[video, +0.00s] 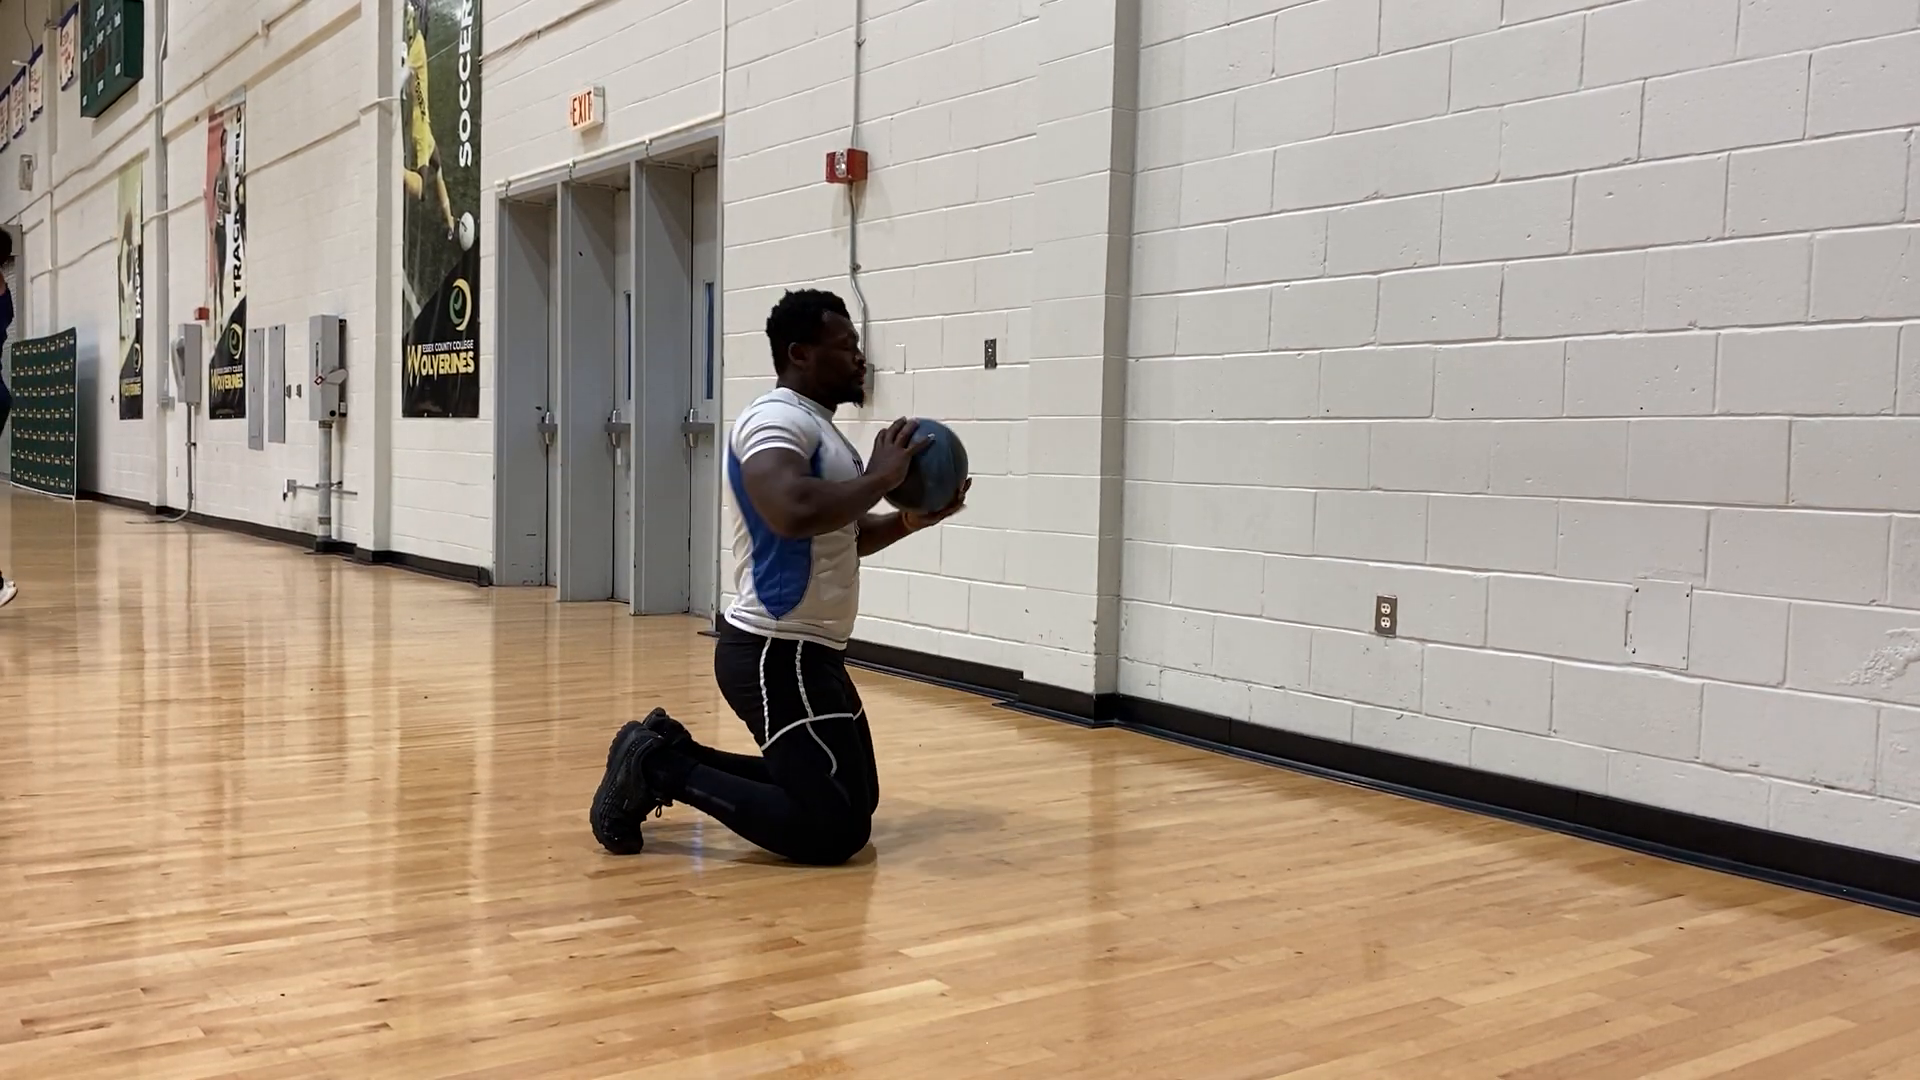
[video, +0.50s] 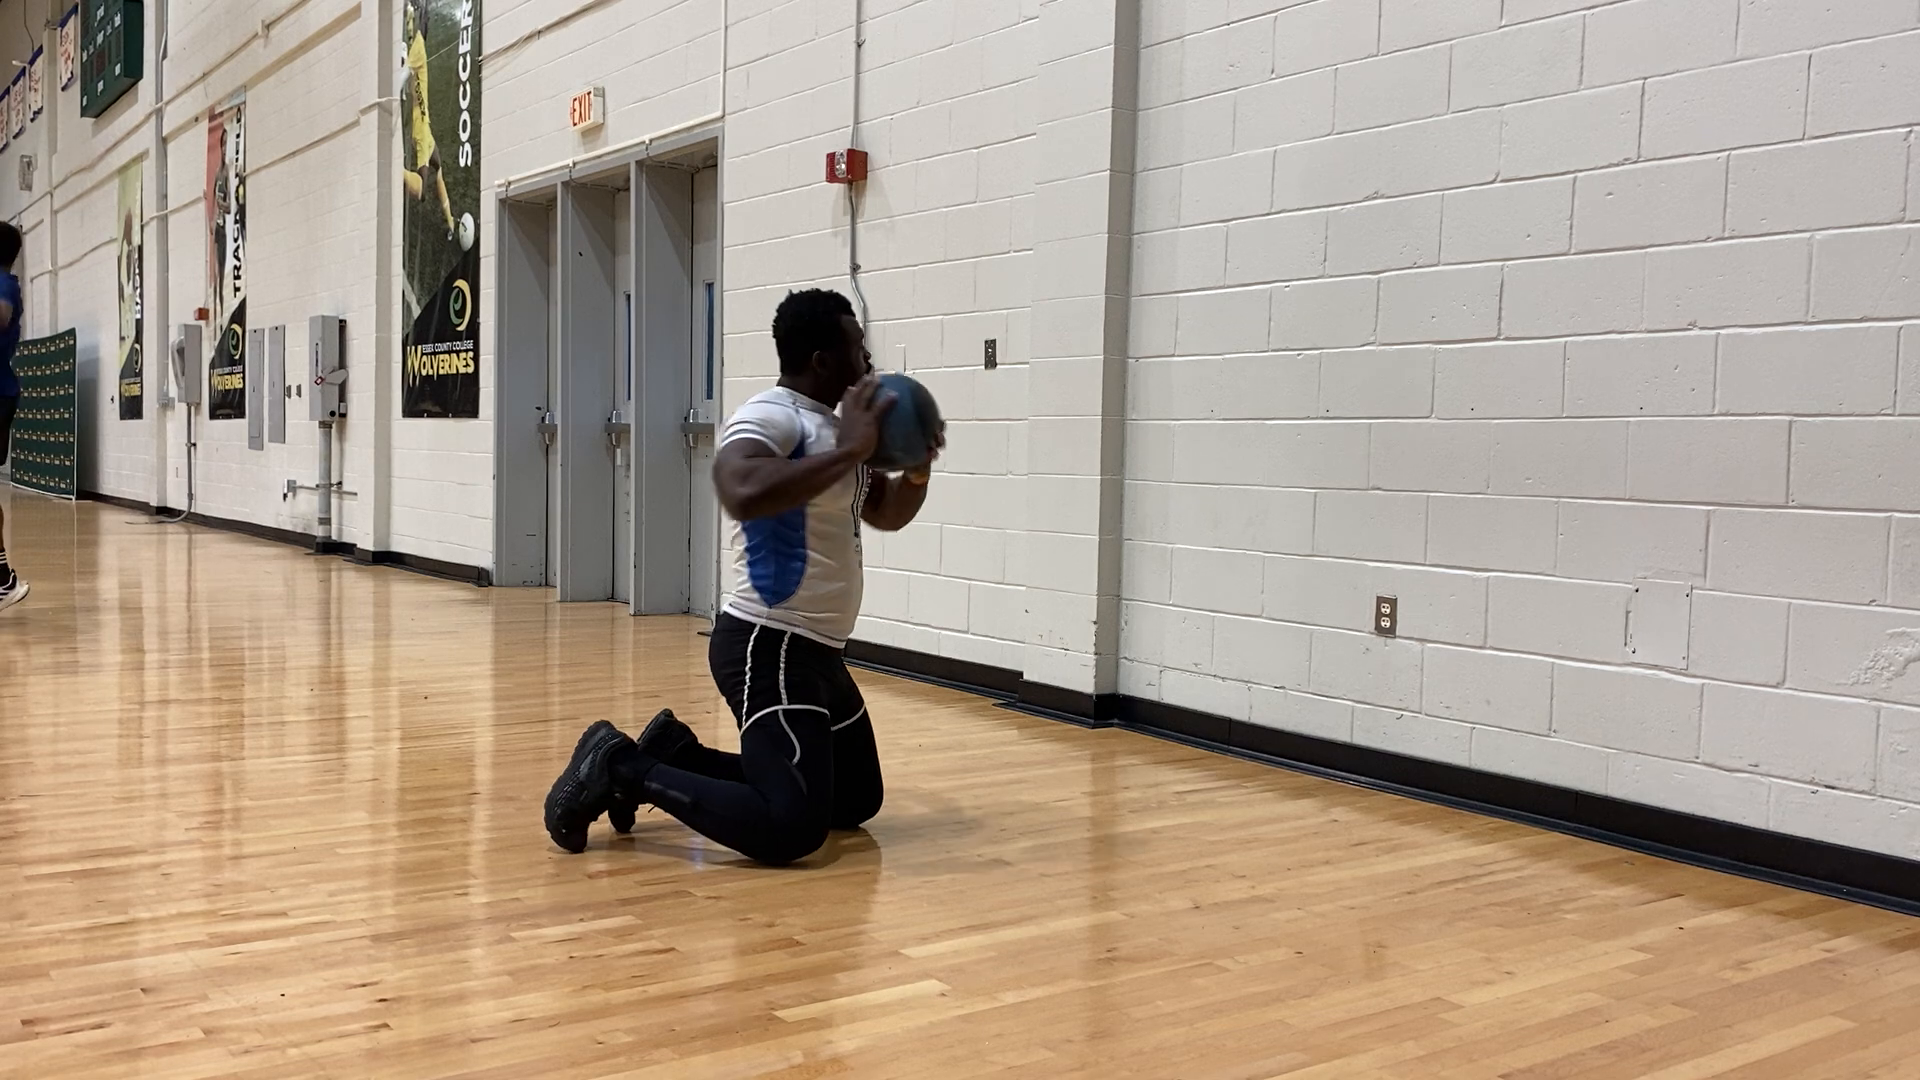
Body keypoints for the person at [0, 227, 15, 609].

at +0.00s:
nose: (8, 269)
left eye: (8, 262)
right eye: (8, 262)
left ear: (7, 262)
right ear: (5, 262)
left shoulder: (6, 295)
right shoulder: (5, 296)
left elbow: (5, 333)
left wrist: (5, 396)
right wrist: (5, 397)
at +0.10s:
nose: (5, 254)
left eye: (4, 247)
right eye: (5, 248)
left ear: (2, 251)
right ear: (5, 252)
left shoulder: (4, 284)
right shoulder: (6, 286)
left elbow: (7, 314)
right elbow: (8, 315)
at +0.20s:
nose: (7, 267)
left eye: (4, 261)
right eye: (6, 262)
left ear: (2, 266)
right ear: (6, 265)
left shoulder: (5, 307)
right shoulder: (5, 307)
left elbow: (9, 360)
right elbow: (9, 359)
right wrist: (3, 382)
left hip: (3, 409)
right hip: (4, 408)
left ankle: (5, 583)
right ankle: (5, 582)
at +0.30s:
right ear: (5, 288)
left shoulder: (5, 333)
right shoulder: (6, 332)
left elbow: (8, 393)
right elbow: (9, 392)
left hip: (5, 441)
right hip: (6, 441)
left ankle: (11, 593)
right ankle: (10, 592)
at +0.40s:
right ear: (8, 265)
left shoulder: (4, 306)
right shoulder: (5, 305)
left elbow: (7, 364)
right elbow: (10, 363)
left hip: (2, 419)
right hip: (4, 418)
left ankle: (8, 586)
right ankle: (6, 585)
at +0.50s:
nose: (14, 253)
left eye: (7, 244)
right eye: (15, 245)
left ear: (1, 250)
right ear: (14, 251)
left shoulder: (8, 285)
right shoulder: (12, 286)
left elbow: (5, 320)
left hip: (4, 394)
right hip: (4, 393)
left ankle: (4, 576)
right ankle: (3, 575)